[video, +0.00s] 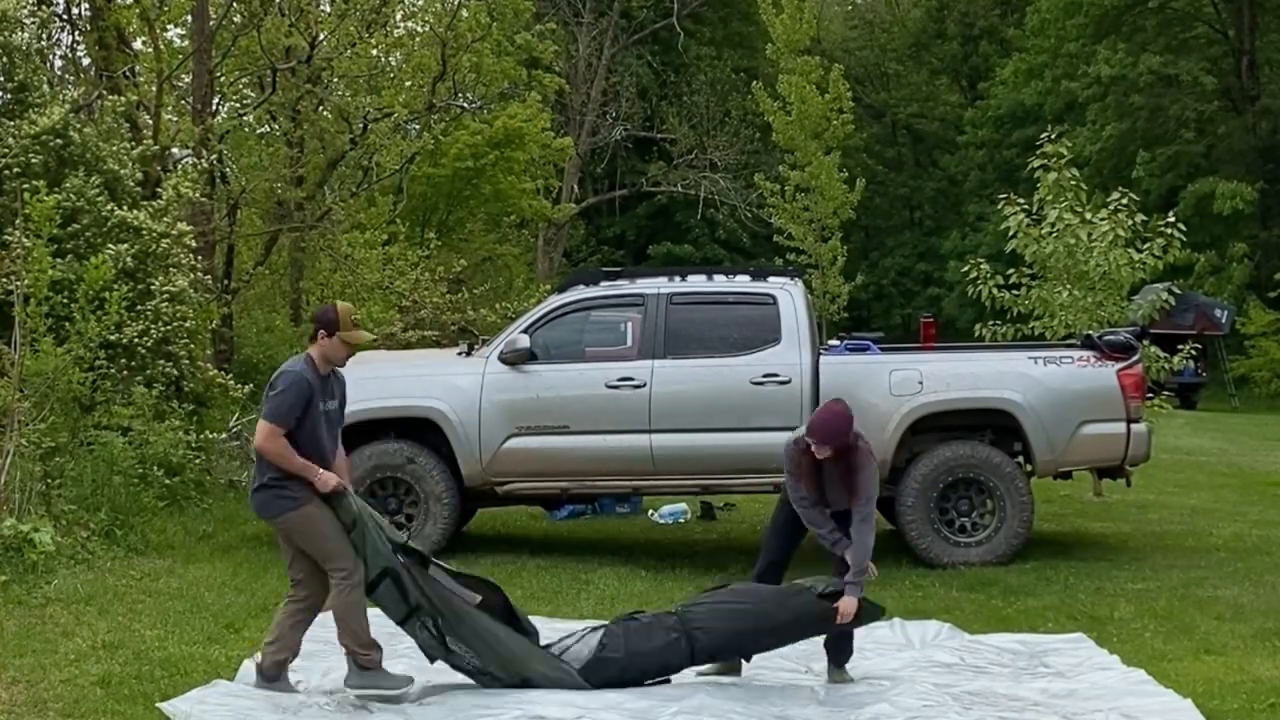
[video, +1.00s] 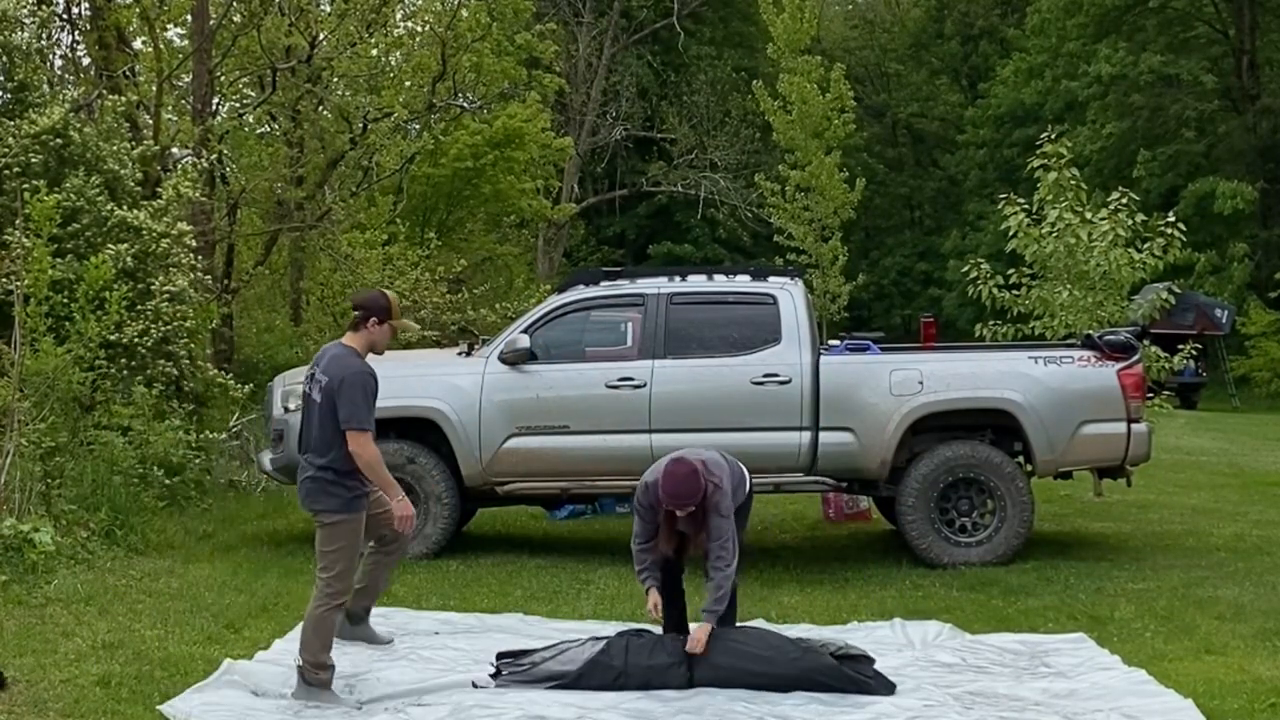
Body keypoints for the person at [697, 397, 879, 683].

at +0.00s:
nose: (816, 450)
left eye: (823, 446)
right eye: (813, 442)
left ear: (840, 443)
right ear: (808, 434)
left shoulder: (863, 456)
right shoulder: (796, 448)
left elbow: (865, 519)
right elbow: (805, 507)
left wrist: (853, 592)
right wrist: (846, 549)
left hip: (843, 510)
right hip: (799, 504)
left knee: (845, 578)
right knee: (767, 570)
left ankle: (837, 664)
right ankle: (734, 656)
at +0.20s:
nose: (776, 503)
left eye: (782, 500)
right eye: (772, 498)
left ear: (798, 494)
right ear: (765, 485)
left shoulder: (829, 493)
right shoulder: (759, 487)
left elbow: (842, 561)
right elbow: (745, 538)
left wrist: (837, 627)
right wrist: (734, 589)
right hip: (785, 509)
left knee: (839, 572)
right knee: (755, 571)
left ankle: (837, 640)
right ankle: (737, 636)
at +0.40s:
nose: (703, 462)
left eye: (708, 456)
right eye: (698, 457)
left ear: (723, 449)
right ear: (691, 451)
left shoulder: (756, 452)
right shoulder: (692, 461)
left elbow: (759, 527)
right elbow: (697, 514)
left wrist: (735, 586)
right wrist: (698, 568)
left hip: (784, 491)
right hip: (734, 498)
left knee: (791, 566)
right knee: (716, 571)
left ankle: (820, 644)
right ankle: (732, 645)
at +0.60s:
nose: (679, 497)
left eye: (684, 490)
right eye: (673, 491)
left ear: (696, 481)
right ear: (662, 484)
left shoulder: (722, 483)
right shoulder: (658, 480)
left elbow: (712, 553)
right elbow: (661, 523)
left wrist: (696, 621)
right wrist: (665, 567)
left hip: (759, 497)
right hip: (712, 502)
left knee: (728, 570)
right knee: (695, 572)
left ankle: (725, 642)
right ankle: (712, 642)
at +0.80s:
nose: (678, 512)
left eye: (684, 506)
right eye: (672, 507)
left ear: (696, 495)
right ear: (660, 495)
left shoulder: (721, 489)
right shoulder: (651, 488)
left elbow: (719, 563)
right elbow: (652, 531)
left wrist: (705, 632)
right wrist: (661, 571)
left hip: (751, 492)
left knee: (725, 571)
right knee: (683, 567)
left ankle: (726, 644)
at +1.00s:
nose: (680, 514)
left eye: (687, 508)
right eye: (674, 508)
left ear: (700, 494)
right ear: (662, 493)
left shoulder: (720, 491)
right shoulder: (647, 488)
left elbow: (723, 559)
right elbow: (642, 542)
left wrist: (708, 623)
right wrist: (651, 586)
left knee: (723, 566)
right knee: (667, 571)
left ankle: (723, 641)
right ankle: (675, 642)